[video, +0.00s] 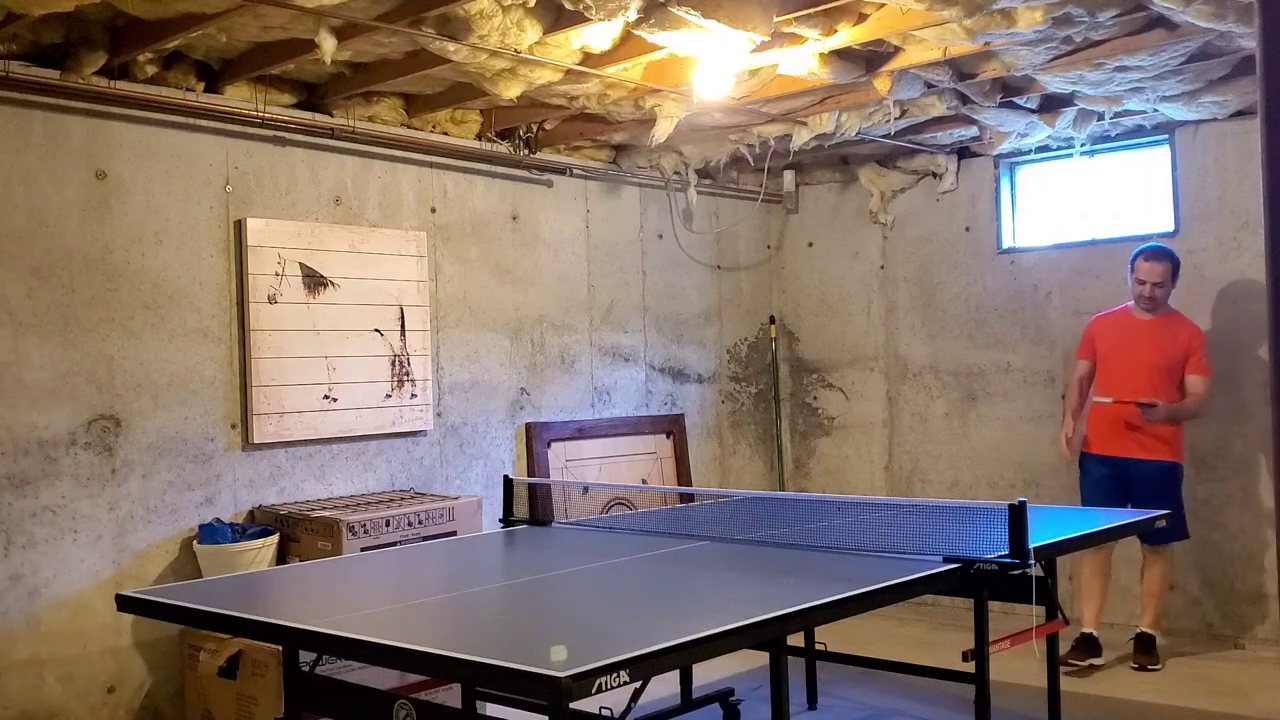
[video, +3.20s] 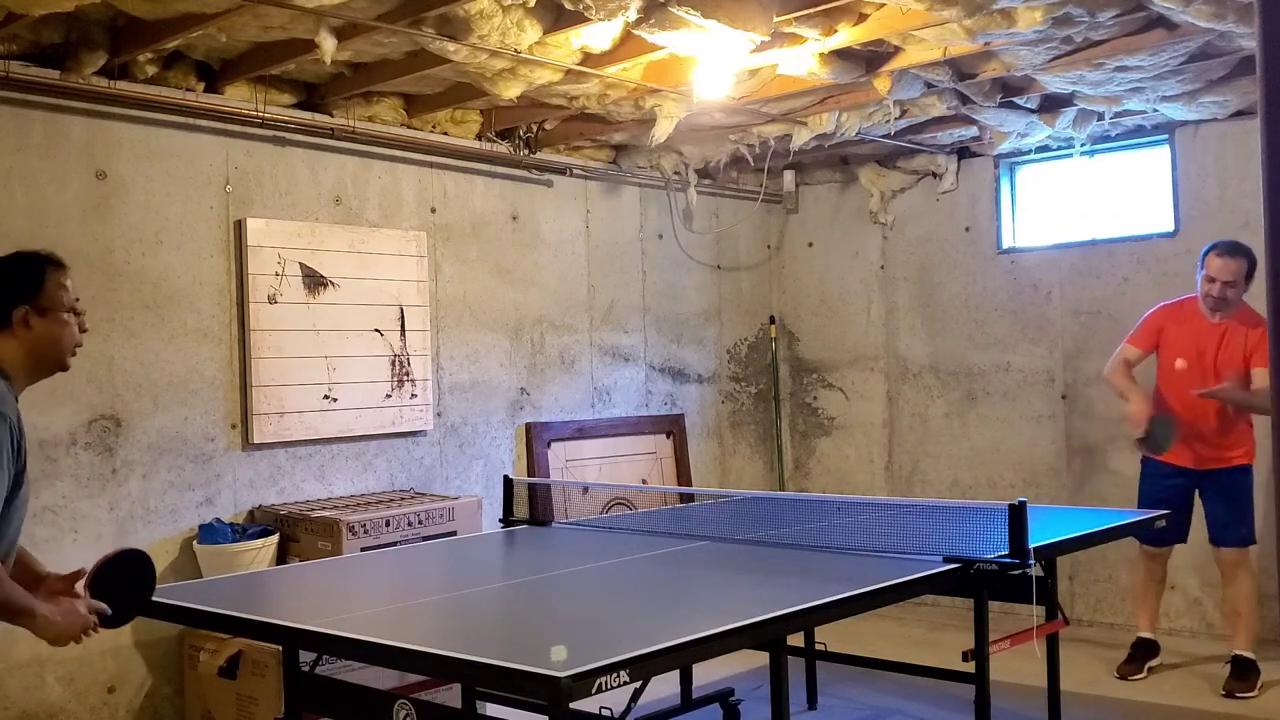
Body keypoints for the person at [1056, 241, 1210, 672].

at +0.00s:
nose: (1147, 291)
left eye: (1158, 284)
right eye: (1141, 281)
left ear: (1173, 285)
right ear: (1129, 277)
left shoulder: (1188, 333)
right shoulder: (1100, 325)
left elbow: (1196, 399)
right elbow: (1080, 380)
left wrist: (1166, 412)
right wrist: (1069, 423)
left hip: (1156, 459)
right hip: (1101, 454)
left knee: (1155, 545)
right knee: (1093, 541)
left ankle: (1146, 635)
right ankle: (1089, 636)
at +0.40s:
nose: (1159, 293)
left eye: (1169, 285)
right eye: (1151, 283)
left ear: (1181, 285)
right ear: (1137, 278)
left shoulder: (1196, 333)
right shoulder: (1107, 327)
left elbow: (1208, 401)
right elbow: (1072, 385)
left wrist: (1183, 411)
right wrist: (1104, 408)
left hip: (1174, 459)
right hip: (1122, 457)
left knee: (1164, 551)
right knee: (1138, 548)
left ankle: (1146, 639)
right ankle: (1156, 647)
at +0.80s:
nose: (1172, 288)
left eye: (1180, 279)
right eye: (1163, 279)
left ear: (1189, 277)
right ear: (1144, 278)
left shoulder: (1206, 327)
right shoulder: (1116, 331)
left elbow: (1232, 387)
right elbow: (1092, 396)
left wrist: (1242, 430)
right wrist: (1145, 417)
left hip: (1198, 467)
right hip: (1139, 469)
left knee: (1207, 561)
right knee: (1145, 558)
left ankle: (1170, 618)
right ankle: (1159, 651)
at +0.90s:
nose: (1178, 287)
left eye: (1187, 278)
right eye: (1169, 278)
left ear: (1196, 275)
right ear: (1151, 275)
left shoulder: (1212, 326)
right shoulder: (1123, 328)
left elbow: (1234, 390)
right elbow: (1097, 394)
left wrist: (1248, 443)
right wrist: (1147, 416)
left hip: (1206, 466)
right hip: (1145, 469)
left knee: (1226, 555)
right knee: (1149, 559)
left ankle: (1200, 621)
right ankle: (1162, 653)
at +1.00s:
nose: (1188, 284)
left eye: (1196, 275)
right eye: (1179, 275)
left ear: (1205, 273)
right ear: (1159, 272)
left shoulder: (1221, 324)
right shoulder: (1131, 326)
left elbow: (1239, 389)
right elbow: (1103, 391)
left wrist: (1249, 442)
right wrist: (1151, 412)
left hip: (1216, 465)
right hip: (1153, 468)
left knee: (1235, 557)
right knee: (1153, 561)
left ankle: (1244, 644)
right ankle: (1163, 654)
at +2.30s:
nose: (1167, 272)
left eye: (1177, 264)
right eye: (1162, 264)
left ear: (1201, 269)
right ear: (1157, 268)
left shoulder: (1230, 327)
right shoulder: (1142, 325)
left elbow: (1247, 399)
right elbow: (1118, 389)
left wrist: (1214, 442)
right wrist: (1094, 443)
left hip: (1212, 462)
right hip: (1149, 460)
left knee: (1236, 555)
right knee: (1147, 552)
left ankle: (1266, 653)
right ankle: (1145, 645)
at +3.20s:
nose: (1216, 291)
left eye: (1229, 284)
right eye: (1210, 279)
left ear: (1245, 285)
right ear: (1200, 272)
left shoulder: (1256, 330)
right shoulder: (1166, 316)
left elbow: (1267, 402)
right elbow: (1115, 367)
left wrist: (1235, 395)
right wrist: (1136, 398)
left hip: (1228, 460)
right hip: (1166, 456)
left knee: (1233, 555)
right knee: (1152, 548)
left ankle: (1243, 657)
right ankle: (1145, 641)